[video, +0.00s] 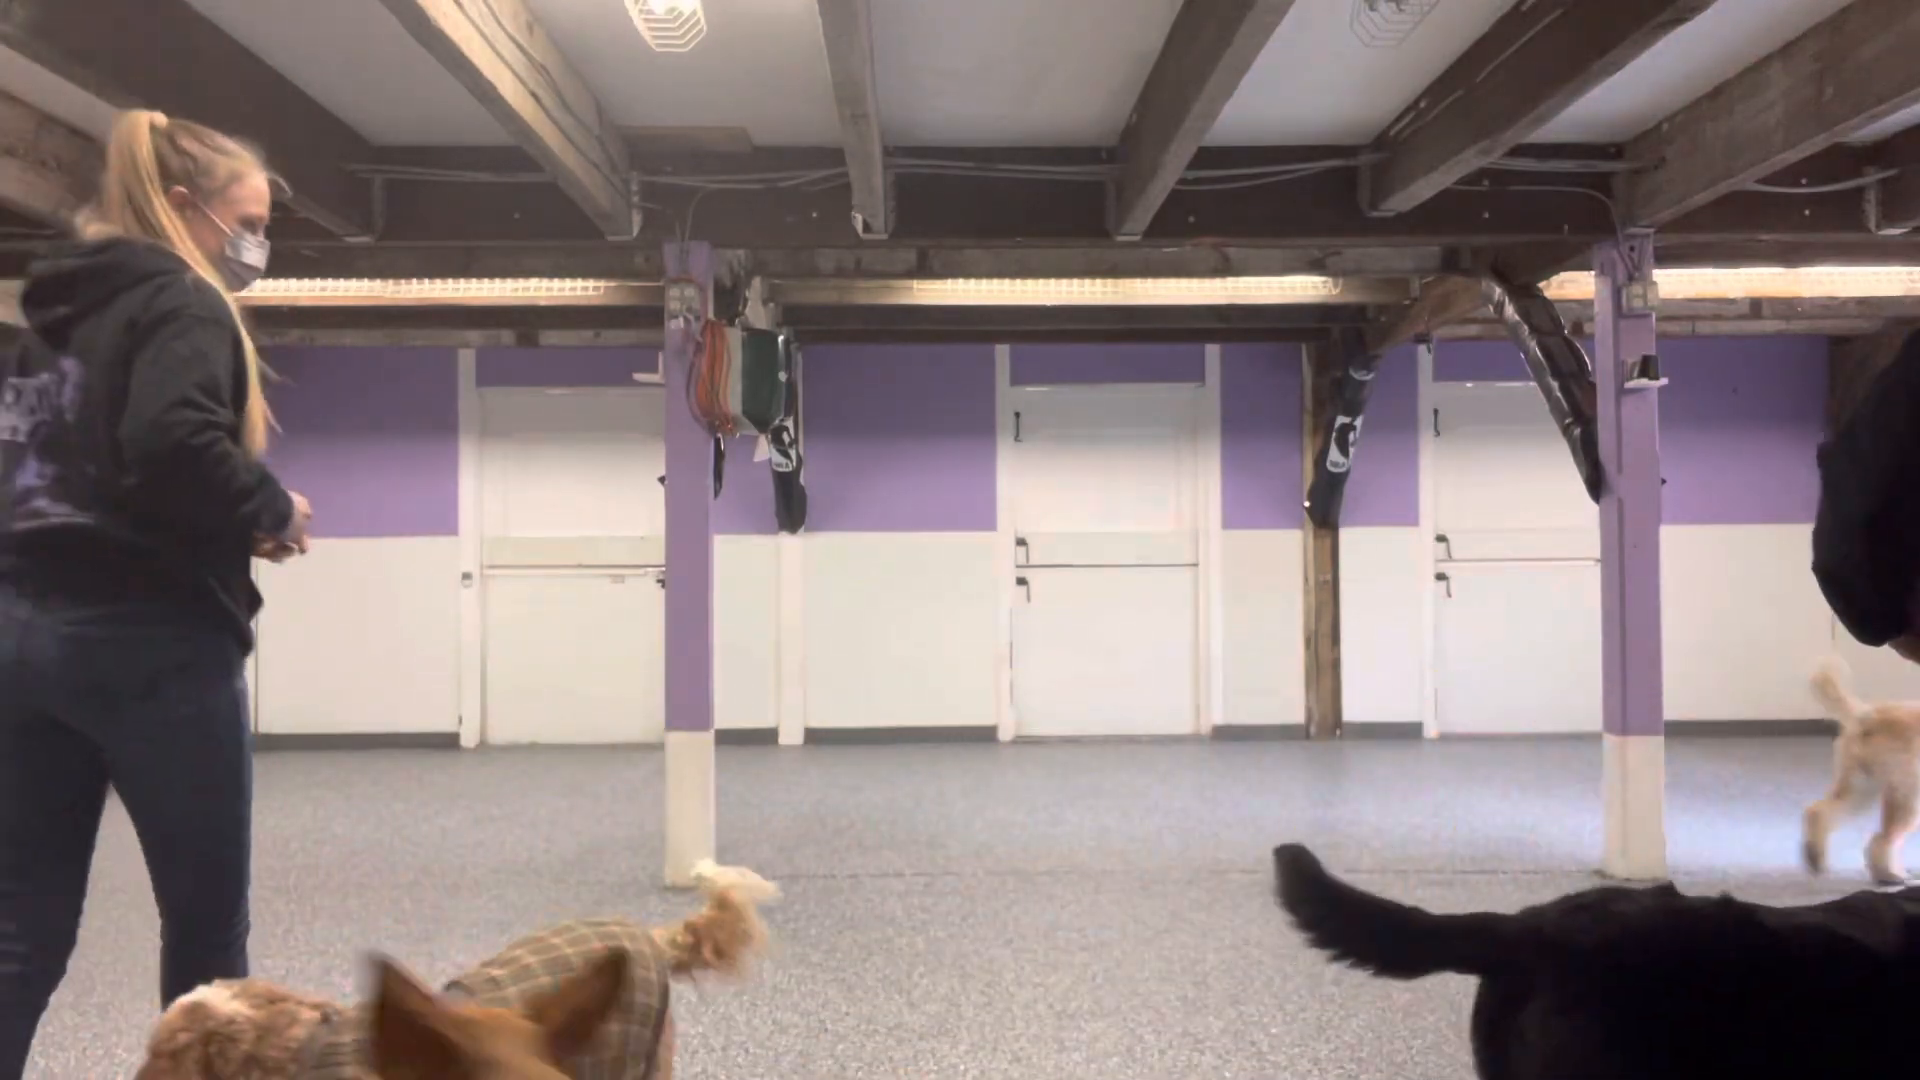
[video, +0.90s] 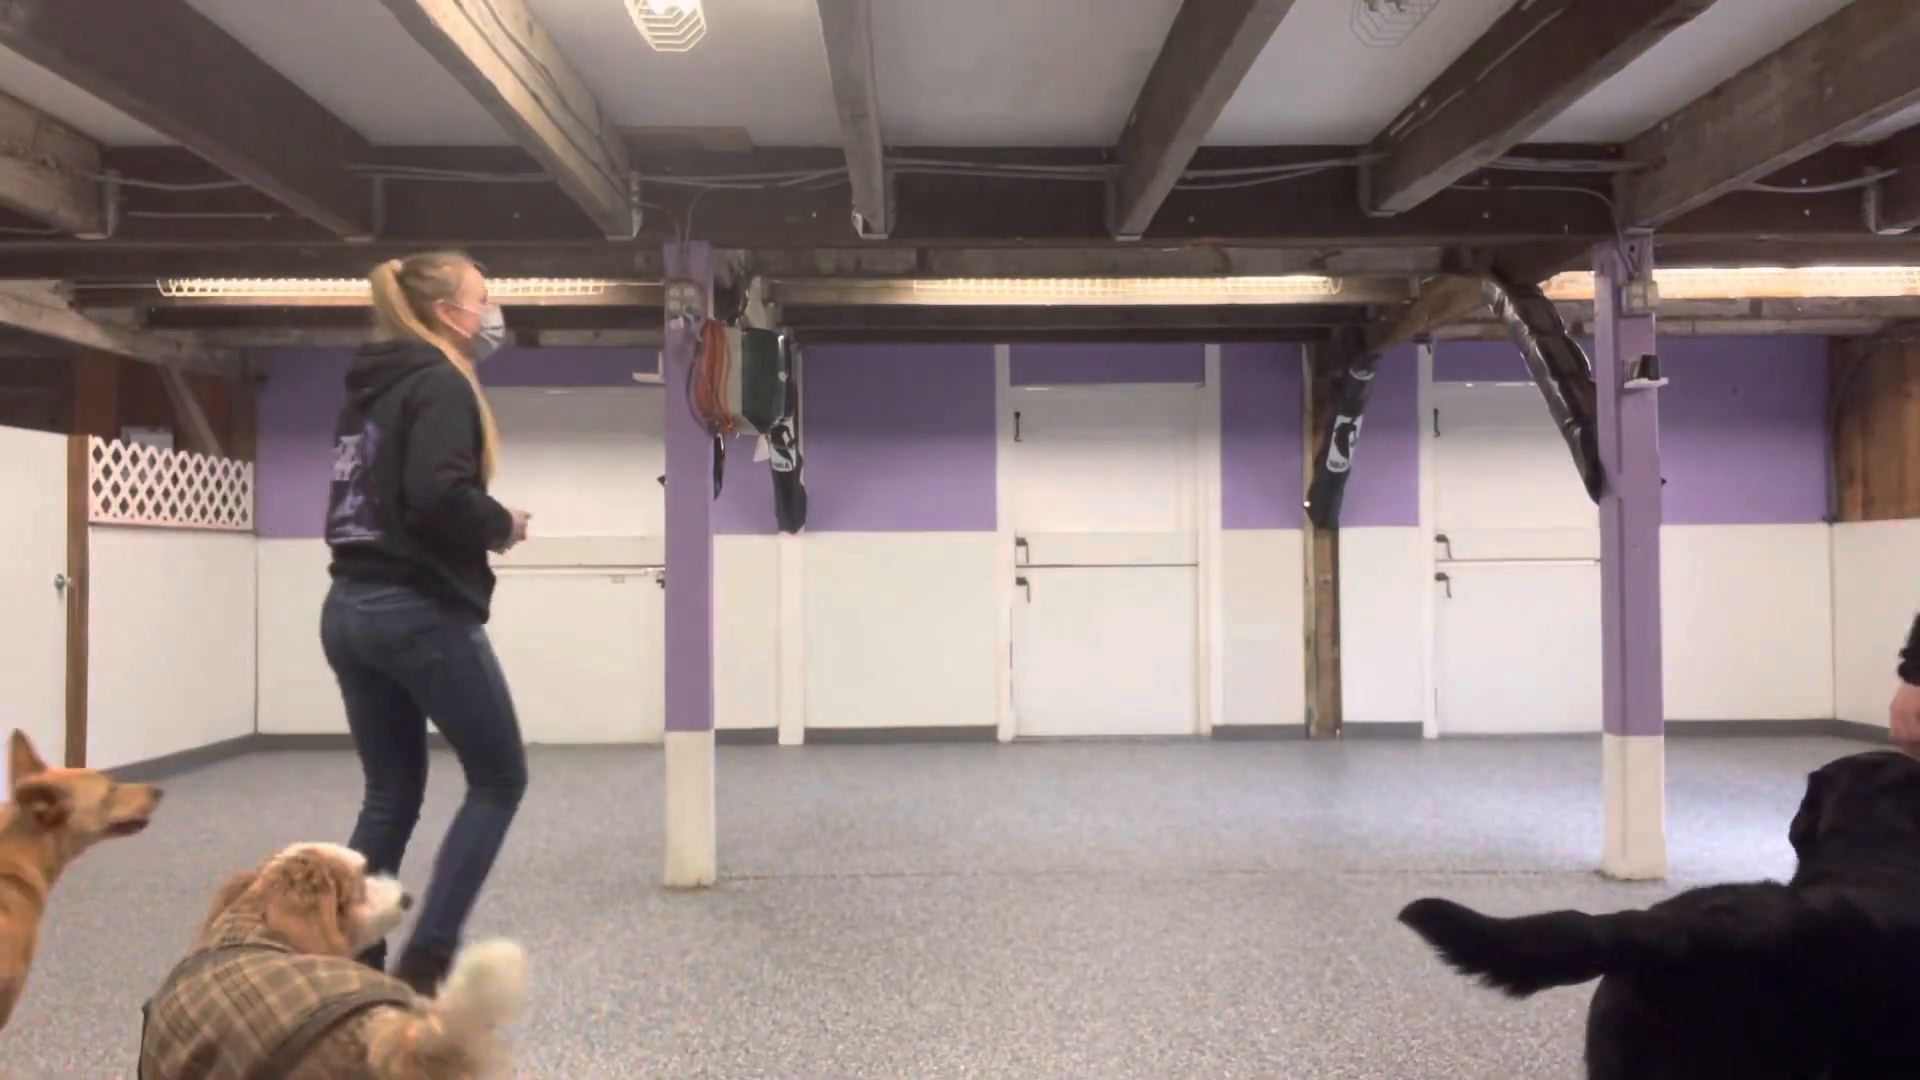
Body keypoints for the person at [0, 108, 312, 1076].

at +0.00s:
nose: (258, 252)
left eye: (263, 230)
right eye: (249, 226)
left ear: (168, 207)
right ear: (190, 206)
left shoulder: (54, 305)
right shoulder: (186, 305)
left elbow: (35, 470)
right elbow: (172, 438)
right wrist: (272, 510)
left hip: (28, 645)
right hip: (154, 651)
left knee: (21, 941)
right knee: (207, 940)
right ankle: (207, 1079)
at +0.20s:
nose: (325, 282)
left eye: (330, 262)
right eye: (319, 259)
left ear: (228, 243)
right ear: (271, 248)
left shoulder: (137, 350)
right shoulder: (274, 349)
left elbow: (105, 504)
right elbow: (269, 494)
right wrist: (343, 532)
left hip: (119, 648)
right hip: (244, 654)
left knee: (125, 908)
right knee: (260, 920)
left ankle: (26, 1063)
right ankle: (246, 1074)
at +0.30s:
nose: (365, 285)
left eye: (368, 264)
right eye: (356, 262)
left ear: (279, 249)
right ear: (304, 250)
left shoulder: (179, 344)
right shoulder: (321, 348)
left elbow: (145, 485)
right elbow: (334, 489)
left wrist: (214, 522)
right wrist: (381, 515)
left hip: (171, 629)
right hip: (285, 632)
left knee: (219, 847)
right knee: (281, 869)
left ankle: (139, 1010)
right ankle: (243, 1061)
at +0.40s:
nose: (385, 286)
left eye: (388, 268)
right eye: (379, 267)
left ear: (302, 257)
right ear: (335, 260)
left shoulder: (207, 351)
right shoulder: (355, 352)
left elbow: (168, 491)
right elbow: (392, 506)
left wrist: (236, 527)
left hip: (199, 623)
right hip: (307, 625)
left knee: (264, 823)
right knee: (291, 864)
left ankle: (201, 1020)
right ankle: (248, 1056)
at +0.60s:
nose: (419, 305)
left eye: (419, 290)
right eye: (410, 290)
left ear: (345, 288)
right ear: (370, 289)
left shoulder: (271, 370)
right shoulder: (391, 377)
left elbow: (221, 506)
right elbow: (437, 521)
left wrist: (295, 530)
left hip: (255, 619)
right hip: (349, 623)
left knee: (313, 831)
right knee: (316, 844)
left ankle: (332, 1005)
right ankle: (275, 1030)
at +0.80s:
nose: (456, 305)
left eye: (452, 292)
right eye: (446, 294)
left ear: (387, 309)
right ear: (409, 307)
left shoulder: (328, 386)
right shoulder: (416, 386)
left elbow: (315, 509)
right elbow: (421, 507)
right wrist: (474, 522)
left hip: (318, 620)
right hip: (393, 626)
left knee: (374, 805)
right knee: (437, 813)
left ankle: (327, 956)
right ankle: (345, 959)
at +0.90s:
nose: (494, 308)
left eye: (488, 294)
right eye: (482, 297)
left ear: (428, 314)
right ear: (444, 312)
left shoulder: (374, 380)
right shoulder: (442, 384)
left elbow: (367, 498)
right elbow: (437, 495)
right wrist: (501, 525)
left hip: (351, 610)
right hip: (419, 616)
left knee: (392, 792)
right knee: (498, 781)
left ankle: (351, 955)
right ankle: (425, 961)